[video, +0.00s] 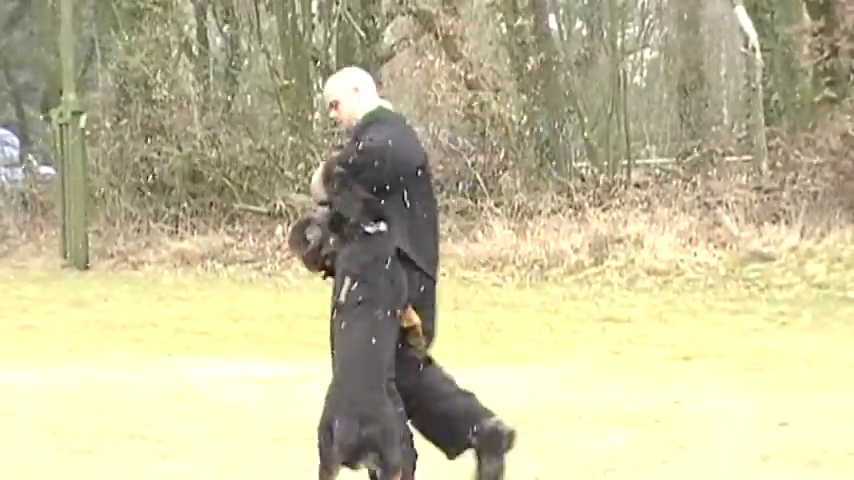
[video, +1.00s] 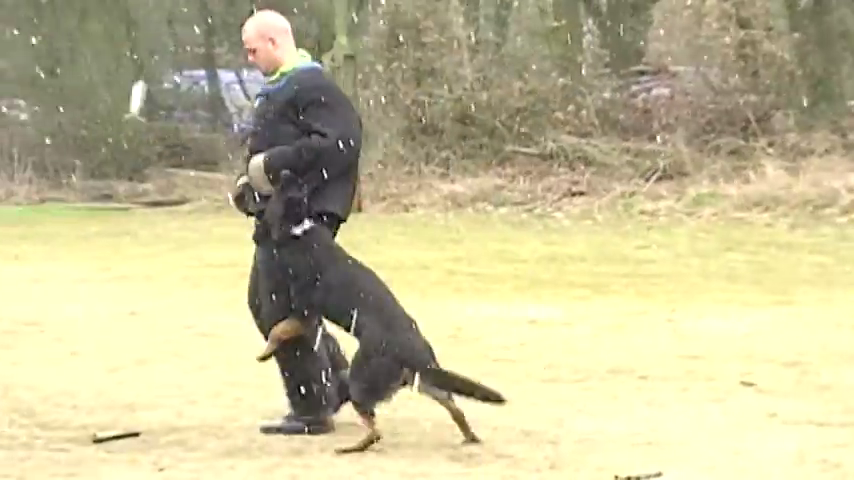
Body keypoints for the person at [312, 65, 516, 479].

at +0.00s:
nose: (333, 115)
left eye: (335, 105)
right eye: (330, 107)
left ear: (356, 94)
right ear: (365, 93)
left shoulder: (380, 137)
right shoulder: (389, 132)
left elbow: (339, 190)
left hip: (399, 269)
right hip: (400, 267)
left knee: (395, 362)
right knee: (397, 362)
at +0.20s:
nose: (278, 112)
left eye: (279, 102)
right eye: (276, 105)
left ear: (298, 88)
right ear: (305, 88)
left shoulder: (331, 118)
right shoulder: (316, 129)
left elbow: (320, 160)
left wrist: (283, 187)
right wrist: (284, 196)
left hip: (349, 259)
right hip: (322, 263)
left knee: (357, 352)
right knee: (306, 347)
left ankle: (406, 454)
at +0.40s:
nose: (230, 99)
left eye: (230, 89)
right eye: (227, 91)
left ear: (248, 78)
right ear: (256, 77)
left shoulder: (278, 104)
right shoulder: (269, 115)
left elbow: (304, 144)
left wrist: (251, 185)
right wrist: (236, 226)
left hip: (277, 242)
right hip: (265, 241)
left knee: (248, 339)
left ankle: (305, 428)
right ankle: (307, 430)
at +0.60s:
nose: (208, 63)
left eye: (211, 54)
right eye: (206, 55)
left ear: (231, 46)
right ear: (232, 46)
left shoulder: (259, 79)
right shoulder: (236, 92)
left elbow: (284, 127)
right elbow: (213, 135)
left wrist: (222, 154)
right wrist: (187, 157)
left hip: (271, 218)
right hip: (247, 218)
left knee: (208, 304)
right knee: (299, 313)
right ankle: (357, 400)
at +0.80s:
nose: (230, 67)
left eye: (233, 59)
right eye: (229, 60)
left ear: (254, 53)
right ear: (259, 52)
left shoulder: (275, 93)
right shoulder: (267, 94)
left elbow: (294, 145)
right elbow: (262, 149)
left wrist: (238, 169)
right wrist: (228, 170)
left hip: (267, 231)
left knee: (226, 310)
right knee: (324, 310)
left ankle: (232, 412)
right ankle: (418, 361)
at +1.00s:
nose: (249, 59)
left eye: (252, 50)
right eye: (246, 52)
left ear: (273, 42)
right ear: (271, 43)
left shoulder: (308, 83)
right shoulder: (277, 91)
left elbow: (340, 141)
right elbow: (273, 154)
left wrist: (271, 162)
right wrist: (249, 187)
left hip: (305, 216)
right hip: (277, 215)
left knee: (282, 306)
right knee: (263, 303)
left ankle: (311, 409)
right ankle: (335, 376)